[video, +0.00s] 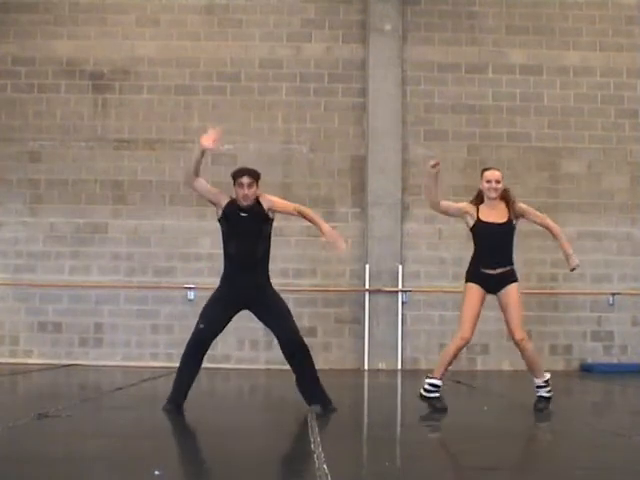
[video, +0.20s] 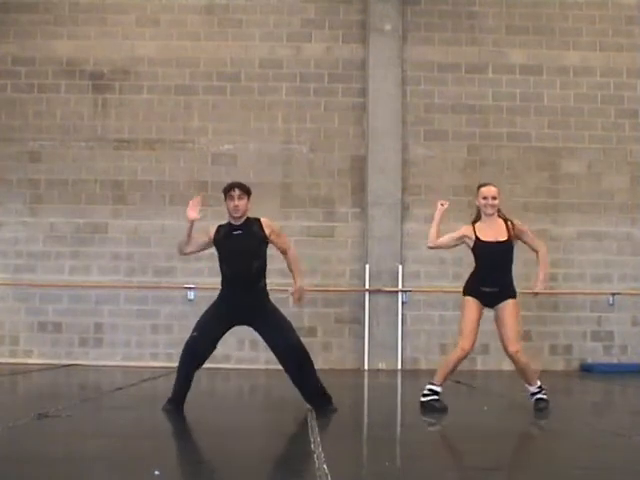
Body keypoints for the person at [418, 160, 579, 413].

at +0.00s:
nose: (493, 185)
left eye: (497, 181)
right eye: (488, 181)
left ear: (503, 185)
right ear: (481, 185)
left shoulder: (514, 208)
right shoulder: (470, 210)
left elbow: (546, 222)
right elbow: (435, 203)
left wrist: (569, 252)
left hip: (506, 277)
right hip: (477, 277)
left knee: (519, 337)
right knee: (464, 336)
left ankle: (542, 384)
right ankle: (432, 384)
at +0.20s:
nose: (490, 202)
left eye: (494, 198)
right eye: (485, 198)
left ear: (500, 201)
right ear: (477, 201)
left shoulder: (512, 227)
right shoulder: (470, 231)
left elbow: (541, 249)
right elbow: (433, 243)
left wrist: (541, 279)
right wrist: (438, 213)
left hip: (505, 292)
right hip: (475, 292)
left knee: (513, 350)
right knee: (465, 347)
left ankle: (537, 391)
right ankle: (432, 390)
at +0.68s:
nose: (506, 201)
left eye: (509, 197)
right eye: (501, 198)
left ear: (514, 199)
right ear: (492, 201)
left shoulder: (520, 229)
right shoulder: (479, 223)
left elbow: (560, 223)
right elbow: (441, 226)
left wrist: (555, 193)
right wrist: (404, 228)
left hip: (510, 293)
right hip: (481, 292)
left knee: (530, 349)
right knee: (454, 342)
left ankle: (532, 391)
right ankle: (423, 390)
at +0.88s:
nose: (495, 214)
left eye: (499, 209)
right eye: (496, 209)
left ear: (514, 211)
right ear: (510, 212)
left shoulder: (514, 235)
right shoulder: (504, 234)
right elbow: (473, 245)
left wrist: (471, 212)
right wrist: (456, 243)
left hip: (501, 295)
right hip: (482, 293)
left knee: (512, 358)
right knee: (453, 343)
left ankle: (536, 390)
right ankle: (423, 391)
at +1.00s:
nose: (487, 216)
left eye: (490, 212)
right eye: (487, 212)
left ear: (504, 213)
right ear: (505, 215)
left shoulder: (496, 238)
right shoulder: (512, 240)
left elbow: (454, 244)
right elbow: (482, 259)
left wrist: (466, 214)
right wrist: (457, 250)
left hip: (494, 302)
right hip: (482, 301)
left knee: (505, 363)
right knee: (448, 340)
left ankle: (542, 386)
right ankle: (423, 388)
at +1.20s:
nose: (455, 211)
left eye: (460, 207)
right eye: (456, 207)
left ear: (474, 211)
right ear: (466, 211)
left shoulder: (473, 239)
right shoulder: (458, 238)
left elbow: (436, 220)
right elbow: (433, 252)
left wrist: (435, 189)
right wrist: (419, 247)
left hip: (480, 302)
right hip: (460, 302)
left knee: (506, 356)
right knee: (424, 333)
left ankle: (543, 385)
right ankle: (423, 390)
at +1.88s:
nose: (447, 244)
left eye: (450, 240)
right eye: (448, 238)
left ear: (435, 226)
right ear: (439, 229)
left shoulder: (413, 231)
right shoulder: (426, 259)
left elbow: (413, 197)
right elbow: (424, 299)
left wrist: (408, 166)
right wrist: (426, 334)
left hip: (376, 293)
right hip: (375, 295)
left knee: (408, 334)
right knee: (333, 333)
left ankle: (393, 388)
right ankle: (285, 368)